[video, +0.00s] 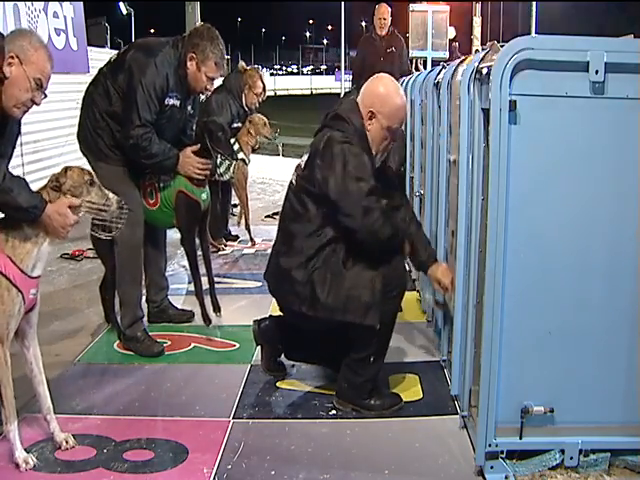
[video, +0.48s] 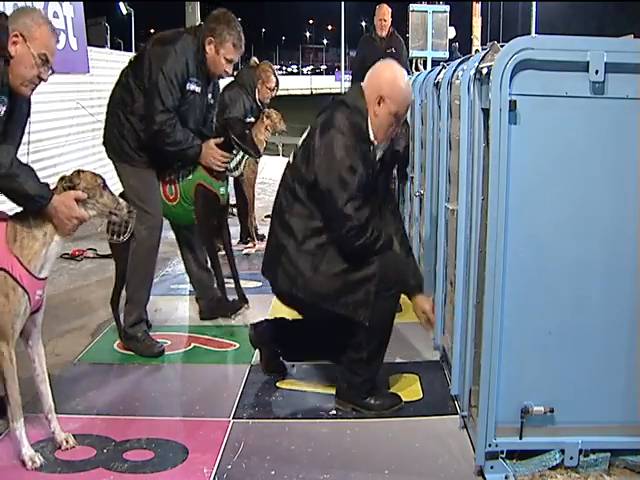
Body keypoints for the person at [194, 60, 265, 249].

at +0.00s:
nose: (259, 100)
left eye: (260, 95)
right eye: (257, 94)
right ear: (243, 89)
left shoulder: (240, 102)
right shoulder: (221, 103)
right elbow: (216, 132)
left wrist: (250, 142)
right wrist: (232, 154)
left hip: (224, 150)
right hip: (206, 151)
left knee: (225, 194)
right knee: (213, 195)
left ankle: (223, 229)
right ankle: (213, 233)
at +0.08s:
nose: (260, 99)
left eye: (261, 94)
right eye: (257, 93)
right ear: (244, 88)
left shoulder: (242, 100)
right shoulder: (221, 102)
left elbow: (248, 125)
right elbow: (218, 133)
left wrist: (253, 138)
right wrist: (234, 155)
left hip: (225, 148)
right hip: (208, 150)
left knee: (227, 194)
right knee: (215, 195)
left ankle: (224, 229)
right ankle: (214, 234)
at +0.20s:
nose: (262, 96)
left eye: (263, 92)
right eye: (260, 91)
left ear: (251, 87)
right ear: (247, 85)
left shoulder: (244, 98)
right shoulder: (224, 100)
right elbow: (222, 131)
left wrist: (254, 130)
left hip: (231, 143)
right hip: (211, 145)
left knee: (236, 185)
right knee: (216, 188)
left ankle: (231, 224)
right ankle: (214, 229)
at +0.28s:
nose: (264, 94)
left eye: (266, 89)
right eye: (262, 89)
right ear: (249, 85)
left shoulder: (244, 96)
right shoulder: (228, 100)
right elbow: (224, 131)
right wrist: (242, 155)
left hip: (231, 141)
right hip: (210, 145)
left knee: (241, 184)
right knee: (214, 193)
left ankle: (242, 228)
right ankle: (214, 235)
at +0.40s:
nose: (269, 94)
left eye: (270, 89)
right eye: (266, 89)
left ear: (257, 85)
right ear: (253, 85)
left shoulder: (248, 95)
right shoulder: (232, 98)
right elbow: (229, 130)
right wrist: (250, 152)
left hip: (238, 143)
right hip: (216, 146)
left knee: (243, 190)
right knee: (216, 194)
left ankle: (249, 231)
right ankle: (212, 235)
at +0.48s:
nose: (272, 94)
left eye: (273, 90)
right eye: (269, 89)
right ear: (257, 84)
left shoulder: (252, 95)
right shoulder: (237, 95)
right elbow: (234, 126)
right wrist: (255, 151)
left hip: (243, 145)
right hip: (228, 147)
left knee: (248, 192)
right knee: (244, 193)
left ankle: (251, 230)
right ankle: (246, 234)